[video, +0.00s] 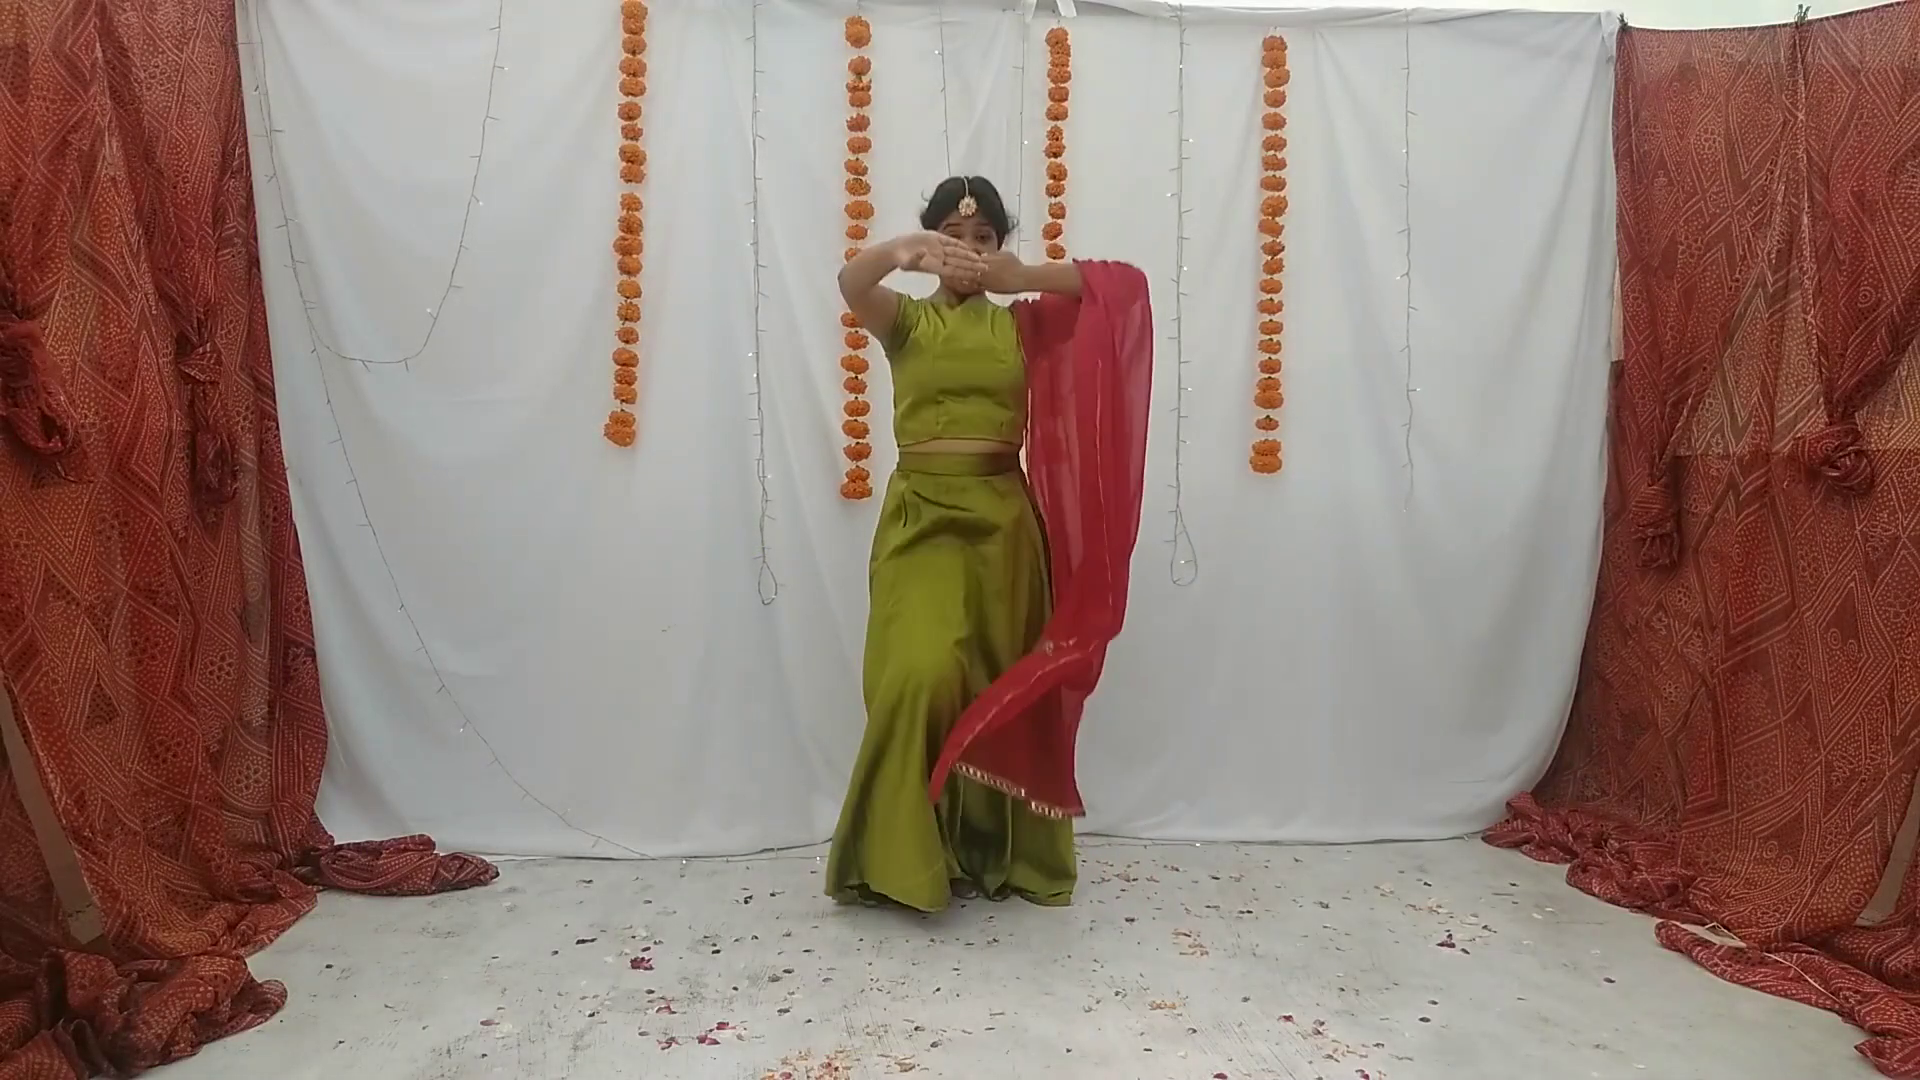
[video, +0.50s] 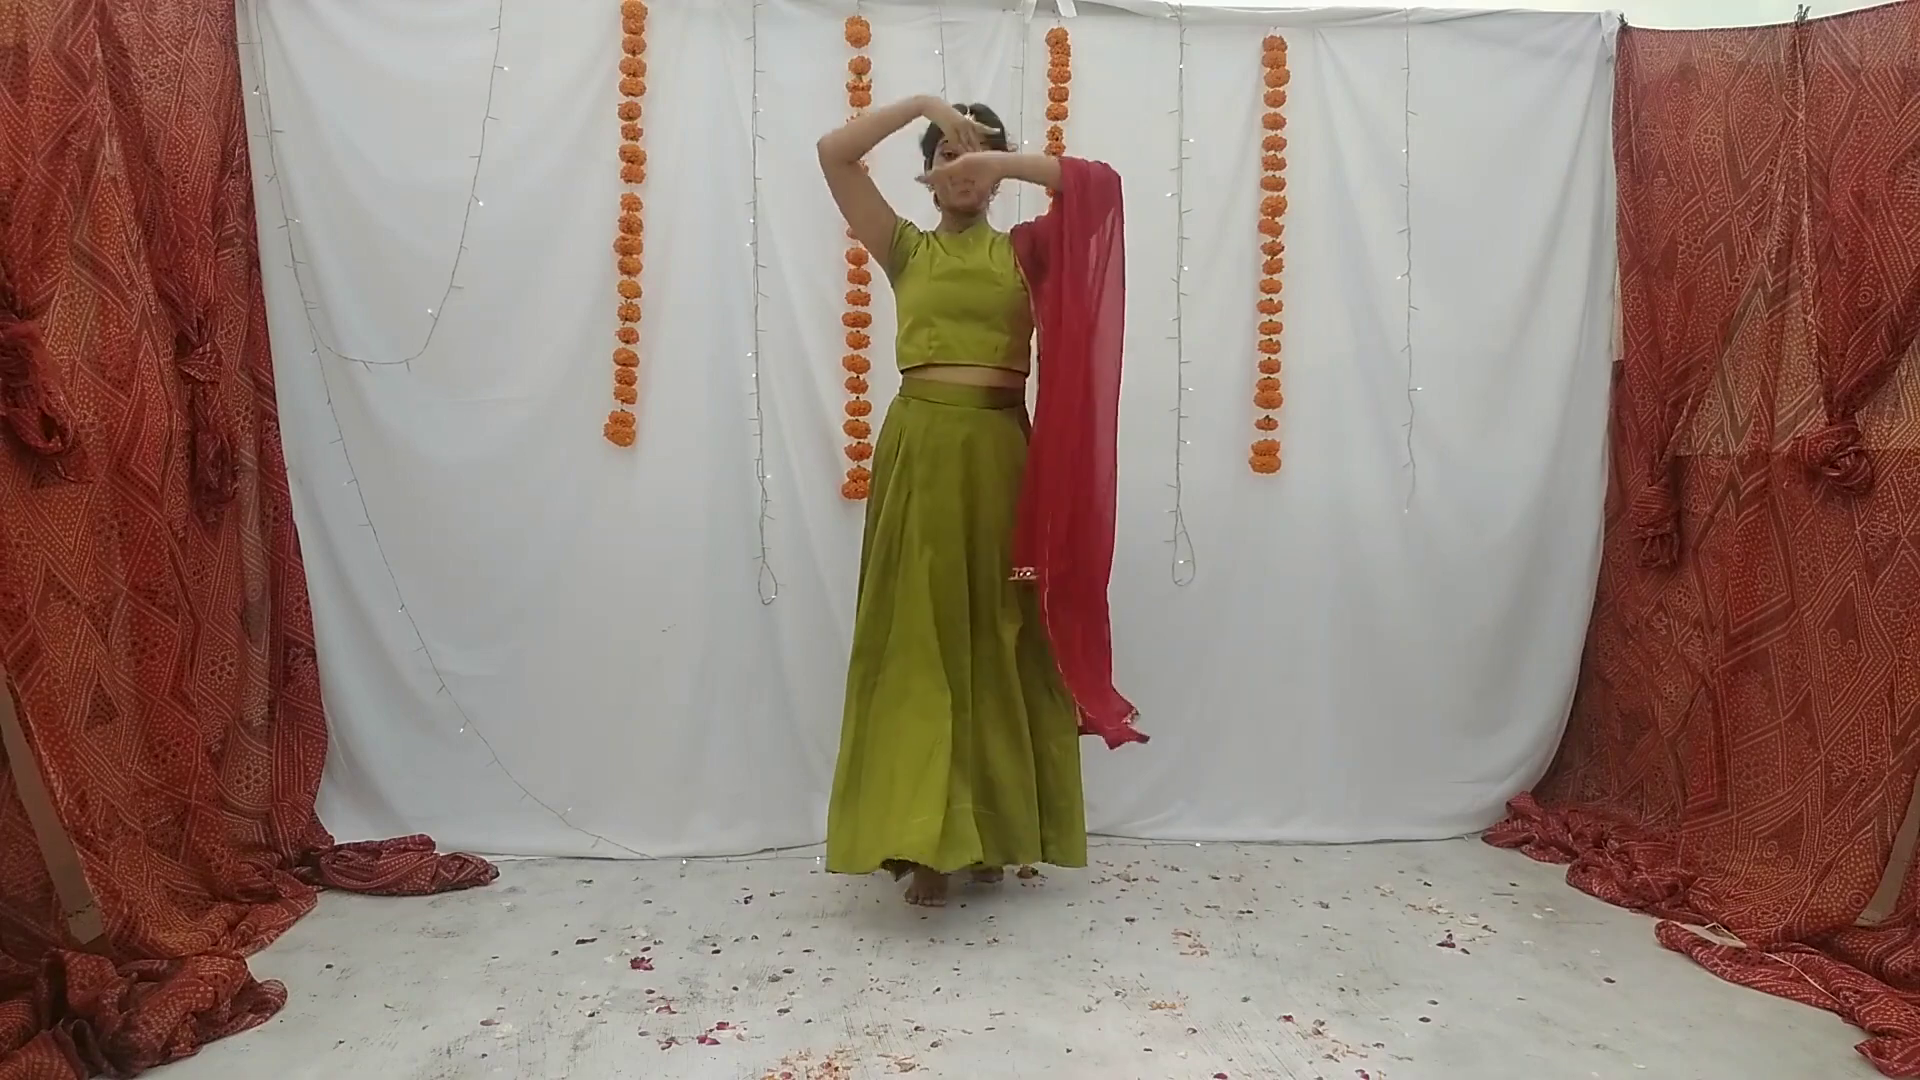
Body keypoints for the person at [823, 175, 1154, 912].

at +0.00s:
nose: (967, 243)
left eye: (981, 232)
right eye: (954, 231)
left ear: (1001, 246)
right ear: (932, 246)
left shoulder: (1023, 320)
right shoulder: (910, 320)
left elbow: (1116, 285)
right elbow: (854, 285)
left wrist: (1021, 274)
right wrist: (902, 247)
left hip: (1004, 511)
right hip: (920, 512)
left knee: (1010, 675)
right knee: (924, 670)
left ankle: (1000, 850)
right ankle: (903, 861)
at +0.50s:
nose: (961, 165)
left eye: (976, 156)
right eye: (948, 155)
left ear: (998, 175)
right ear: (927, 170)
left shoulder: (1025, 250)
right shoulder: (906, 246)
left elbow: (1098, 187)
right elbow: (834, 153)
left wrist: (995, 158)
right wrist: (917, 102)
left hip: (998, 447)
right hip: (918, 442)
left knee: (995, 636)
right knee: (919, 636)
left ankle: (993, 825)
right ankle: (923, 836)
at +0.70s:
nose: (956, 190)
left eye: (971, 183)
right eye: (943, 183)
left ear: (995, 206)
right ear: (926, 207)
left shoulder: (1021, 283)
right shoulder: (908, 280)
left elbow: (1087, 225)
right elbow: (845, 184)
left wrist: (988, 215)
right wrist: (928, 130)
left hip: (997, 481)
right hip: (917, 477)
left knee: (1002, 663)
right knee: (915, 665)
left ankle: (1003, 855)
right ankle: (913, 865)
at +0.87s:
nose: (965, 241)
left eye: (981, 229)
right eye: (951, 230)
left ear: (1003, 242)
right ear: (934, 241)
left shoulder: (1012, 326)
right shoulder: (898, 313)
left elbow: (1075, 317)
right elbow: (816, 283)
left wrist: (972, 317)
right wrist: (921, 272)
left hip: (979, 510)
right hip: (897, 508)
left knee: (980, 684)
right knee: (887, 688)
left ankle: (1021, 846)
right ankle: (903, 866)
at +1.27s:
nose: (969, 211)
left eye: (984, 197)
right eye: (953, 195)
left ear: (1003, 204)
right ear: (932, 201)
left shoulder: (1023, 283)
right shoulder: (902, 280)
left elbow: (1094, 211)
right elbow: (817, 300)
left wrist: (1005, 174)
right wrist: (923, 309)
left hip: (989, 487)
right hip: (905, 487)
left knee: (988, 673)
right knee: (910, 673)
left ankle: (983, 882)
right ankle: (916, 867)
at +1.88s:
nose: (976, 198)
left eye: (989, 184)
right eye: (961, 185)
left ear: (1013, 192)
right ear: (944, 191)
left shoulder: (1043, 270)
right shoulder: (919, 268)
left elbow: (1126, 262)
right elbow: (853, 179)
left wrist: (998, 239)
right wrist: (957, 169)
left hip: (1025, 493)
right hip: (932, 490)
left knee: (1014, 692)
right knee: (917, 680)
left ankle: (1010, 880)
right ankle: (917, 904)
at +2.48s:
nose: (1019, 174)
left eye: (1037, 160)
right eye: (1001, 158)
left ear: (1059, 176)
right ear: (975, 171)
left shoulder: (1089, 264)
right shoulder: (948, 271)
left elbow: (1163, 158)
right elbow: (841, 256)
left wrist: (1054, 119)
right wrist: (956, 265)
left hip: (1060, 496)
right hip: (959, 491)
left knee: (1066, 715)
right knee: (950, 713)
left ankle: (1083, 932)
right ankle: (933, 938)